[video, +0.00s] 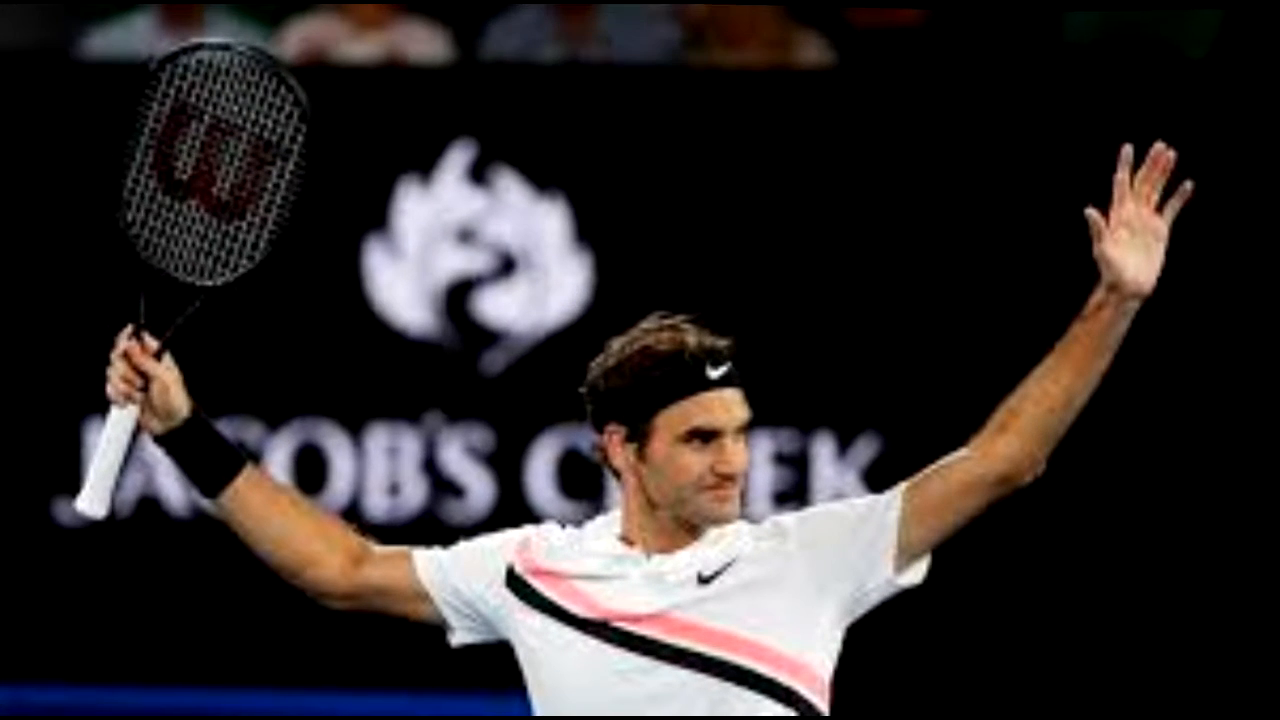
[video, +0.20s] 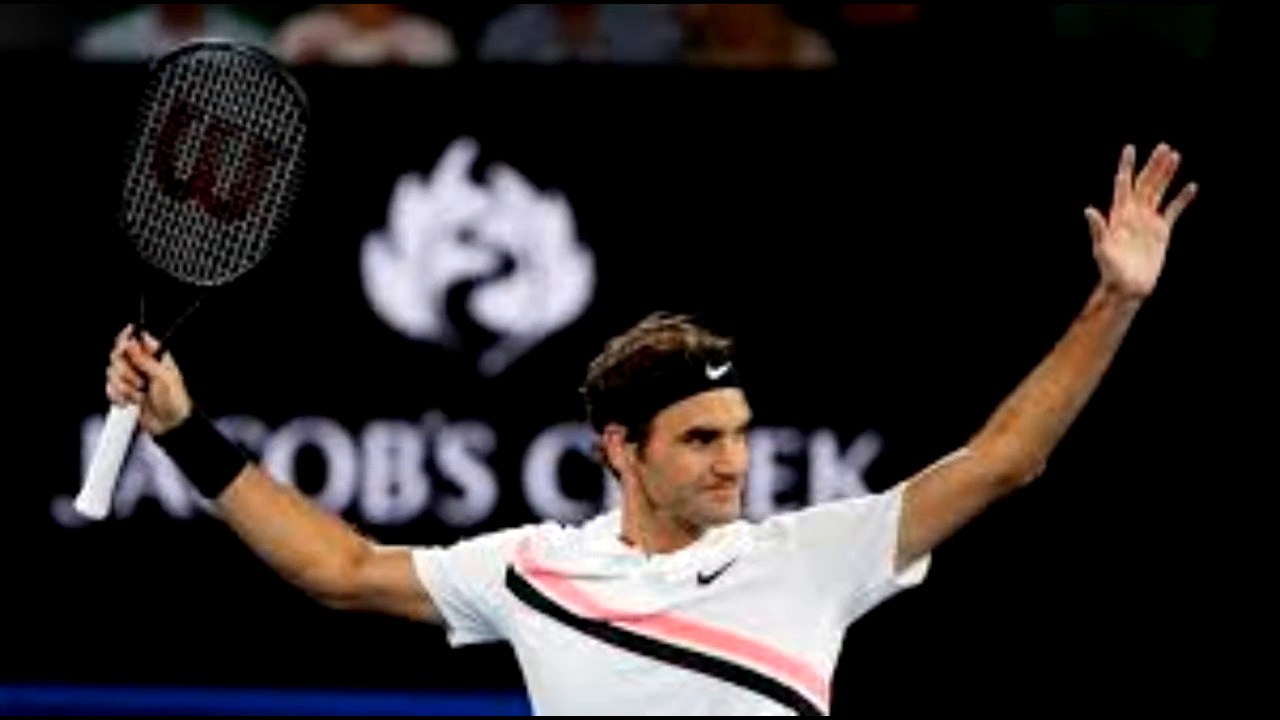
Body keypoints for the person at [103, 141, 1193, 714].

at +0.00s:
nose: (730, 463)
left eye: (738, 437)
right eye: (700, 441)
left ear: (750, 442)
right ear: (620, 454)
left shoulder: (815, 553)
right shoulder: (529, 572)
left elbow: (1004, 456)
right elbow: (337, 570)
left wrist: (1117, 301)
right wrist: (184, 431)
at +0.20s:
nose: (732, 464)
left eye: (739, 437)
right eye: (701, 441)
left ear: (750, 441)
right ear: (620, 455)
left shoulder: (815, 552)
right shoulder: (528, 573)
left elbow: (1004, 456)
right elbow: (335, 568)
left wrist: (1116, 300)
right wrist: (184, 430)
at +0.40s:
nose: (732, 464)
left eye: (739, 437)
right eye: (701, 441)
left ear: (750, 441)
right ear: (620, 455)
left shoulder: (815, 552)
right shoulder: (528, 573)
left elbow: (1005, 456)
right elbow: (335, 568)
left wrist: (1116, 300)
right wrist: (184, 430)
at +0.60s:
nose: (731, 464)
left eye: (739, 437)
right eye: (701, 441)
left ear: (750, 442)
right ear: (620, 455)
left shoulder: (815, 552)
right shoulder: (529, 573)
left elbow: (1005, 456)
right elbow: (335, 568)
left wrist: (1116, 300)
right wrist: (184, 429)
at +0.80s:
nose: (731, 464)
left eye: (739, 437)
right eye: (700, 441)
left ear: (750, 442)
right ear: (620, 455)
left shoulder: (815, 552)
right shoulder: (529, 573)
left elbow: (1005, 456)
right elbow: (335, 568)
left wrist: (1116, 300)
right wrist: (183, 429)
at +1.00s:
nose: (731, 464)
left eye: (739, 437)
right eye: (700, 441)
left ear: (750, 442)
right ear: (620, 455)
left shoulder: (815, 552)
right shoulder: (529, 573)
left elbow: (1005, 456)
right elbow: (335, 568)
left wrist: (1116, 299)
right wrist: (183, 429)